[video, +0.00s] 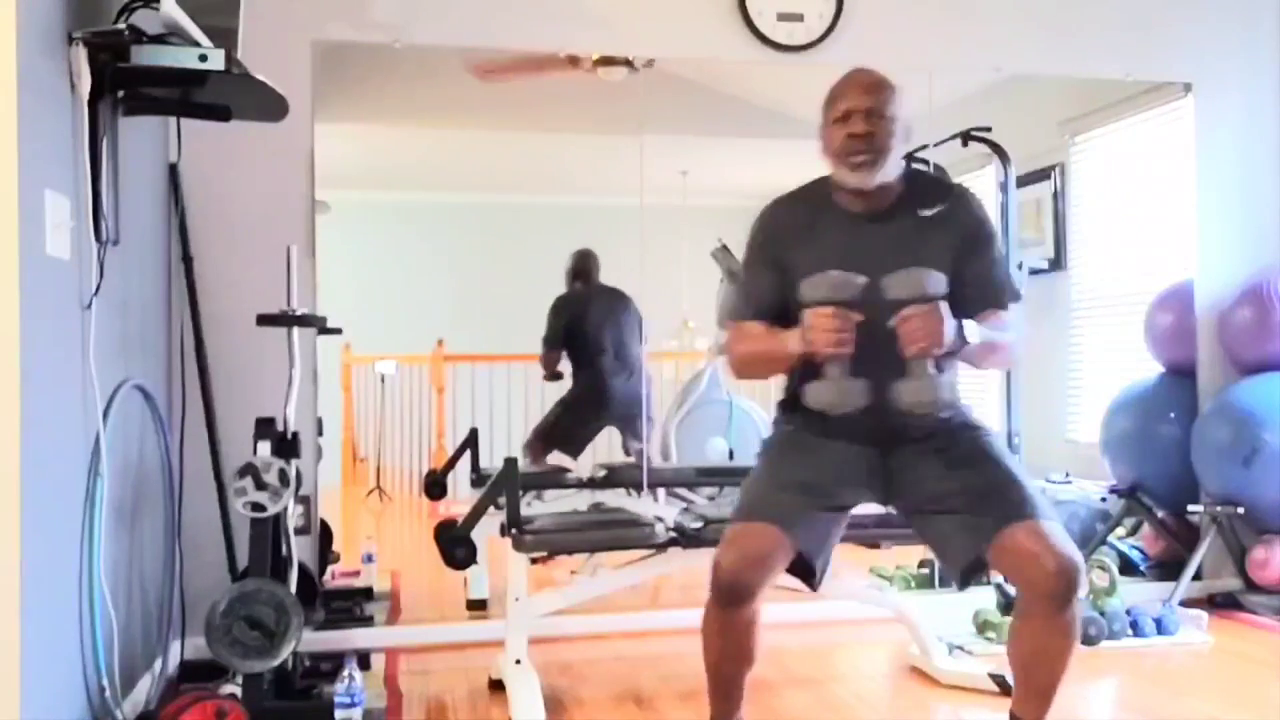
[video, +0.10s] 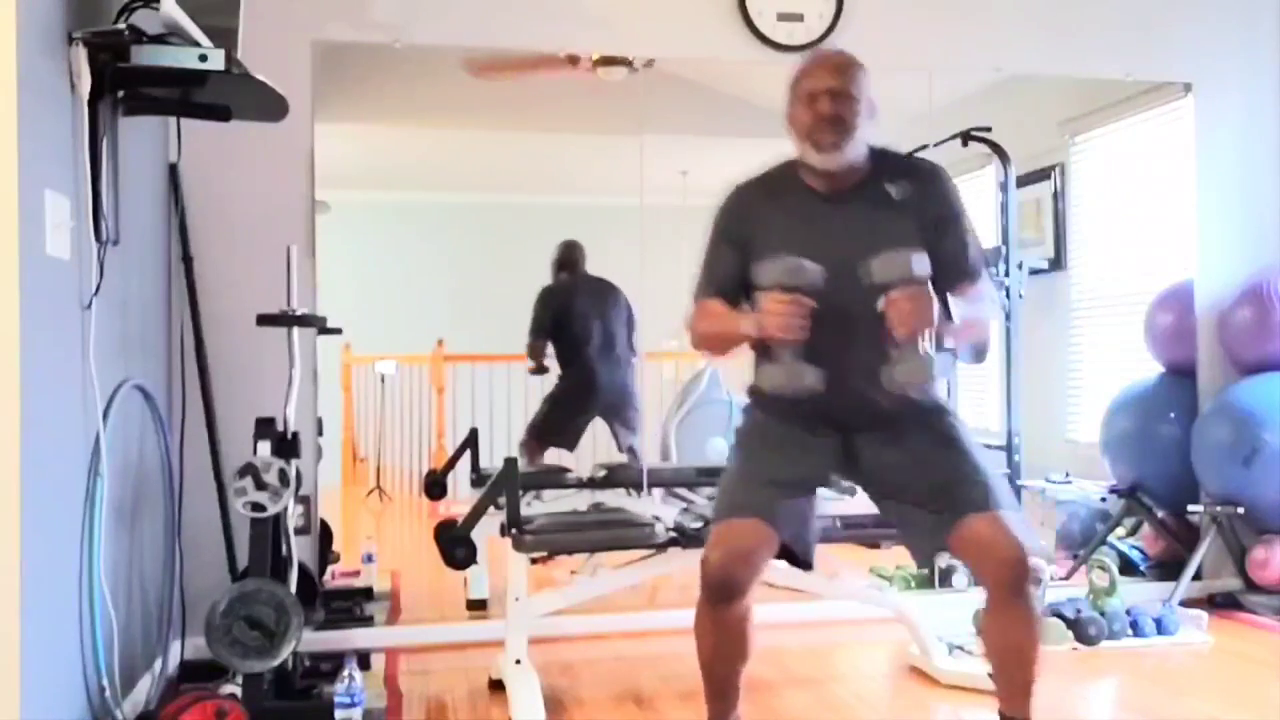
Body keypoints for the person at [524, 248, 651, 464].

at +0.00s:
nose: (568, 276)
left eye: (569, 271)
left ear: (571, 273)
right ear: (597, 273)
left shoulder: (565, 303)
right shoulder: (623, 300)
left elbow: (550, 359)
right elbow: (639, 345)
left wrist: (551, 372)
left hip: (590, 395)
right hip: (634, 393)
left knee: (534, 449)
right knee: (647, 454)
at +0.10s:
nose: (554, 266)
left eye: (555, 262)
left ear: (557, 263)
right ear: (584, 263)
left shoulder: (552, 294)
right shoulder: (613, 291)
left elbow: (536, 348)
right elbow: (631, 347)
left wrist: (539, 362)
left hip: (579, 385)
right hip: (620, 384)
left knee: (531, 448)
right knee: (636, 452)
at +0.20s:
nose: (542, 248)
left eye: (543, 244)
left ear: (546, 244)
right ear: (572, 242)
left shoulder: (541, 273)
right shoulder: (603, 270)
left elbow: (529, 326)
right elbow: (624, 321)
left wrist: (520, 337)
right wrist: (593, 326)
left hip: (564, 368)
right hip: (605, 367)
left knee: (533, 443)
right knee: (618, 440)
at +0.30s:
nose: (536, 236)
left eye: (537, 232)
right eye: (539, 233)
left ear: (539, 231)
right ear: (565, 230)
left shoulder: (535, 257)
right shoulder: (596, 256)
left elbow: (523, 305)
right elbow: (626, 304)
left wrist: (506, 320)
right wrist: (599, 315)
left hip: (555, 355)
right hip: (596, 355)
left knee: (533, 430)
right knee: (598, 424)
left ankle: (532, 492)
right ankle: (601, 477)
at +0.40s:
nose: (529, 237)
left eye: (530, 233)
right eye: (531, 234)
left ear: (535, 233)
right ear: (560, 231)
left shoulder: (532, 258)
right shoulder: (589, 257)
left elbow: (522, 296)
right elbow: (620, 288)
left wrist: (497, 317)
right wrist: (603, 314)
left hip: (543, 359)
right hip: (583, 360)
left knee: (530, 434)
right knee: (580, 434)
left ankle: (532, 495)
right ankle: (582, 498)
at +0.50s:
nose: (527, 241)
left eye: (528, 237)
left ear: (531, 237)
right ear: (557, 236)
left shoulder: (529, 262)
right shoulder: (583, 262)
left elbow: (522, 295)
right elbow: (619, 287)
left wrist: (493, 320)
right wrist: (610, 323)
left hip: (536, 363)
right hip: (576, 366)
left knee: (520, 437)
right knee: (568, 439)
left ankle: (524, 502)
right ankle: (577, 504)